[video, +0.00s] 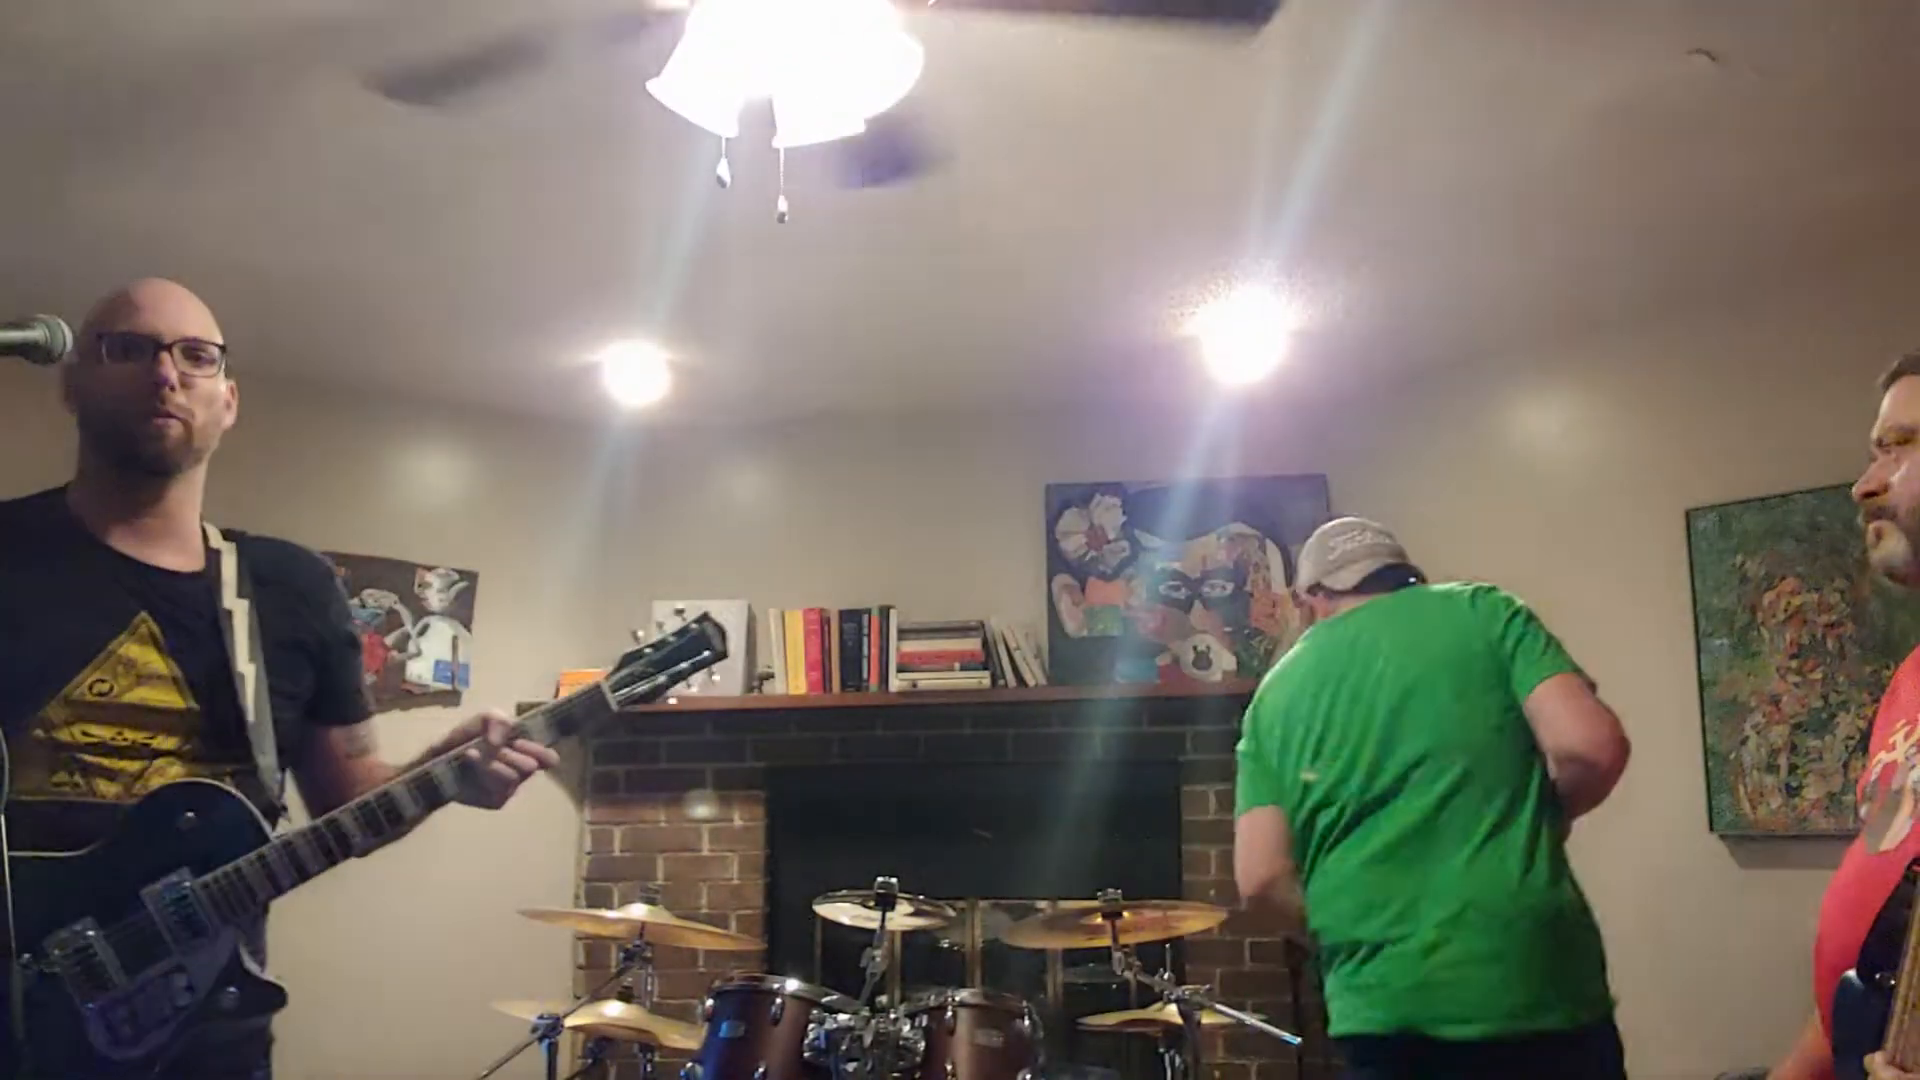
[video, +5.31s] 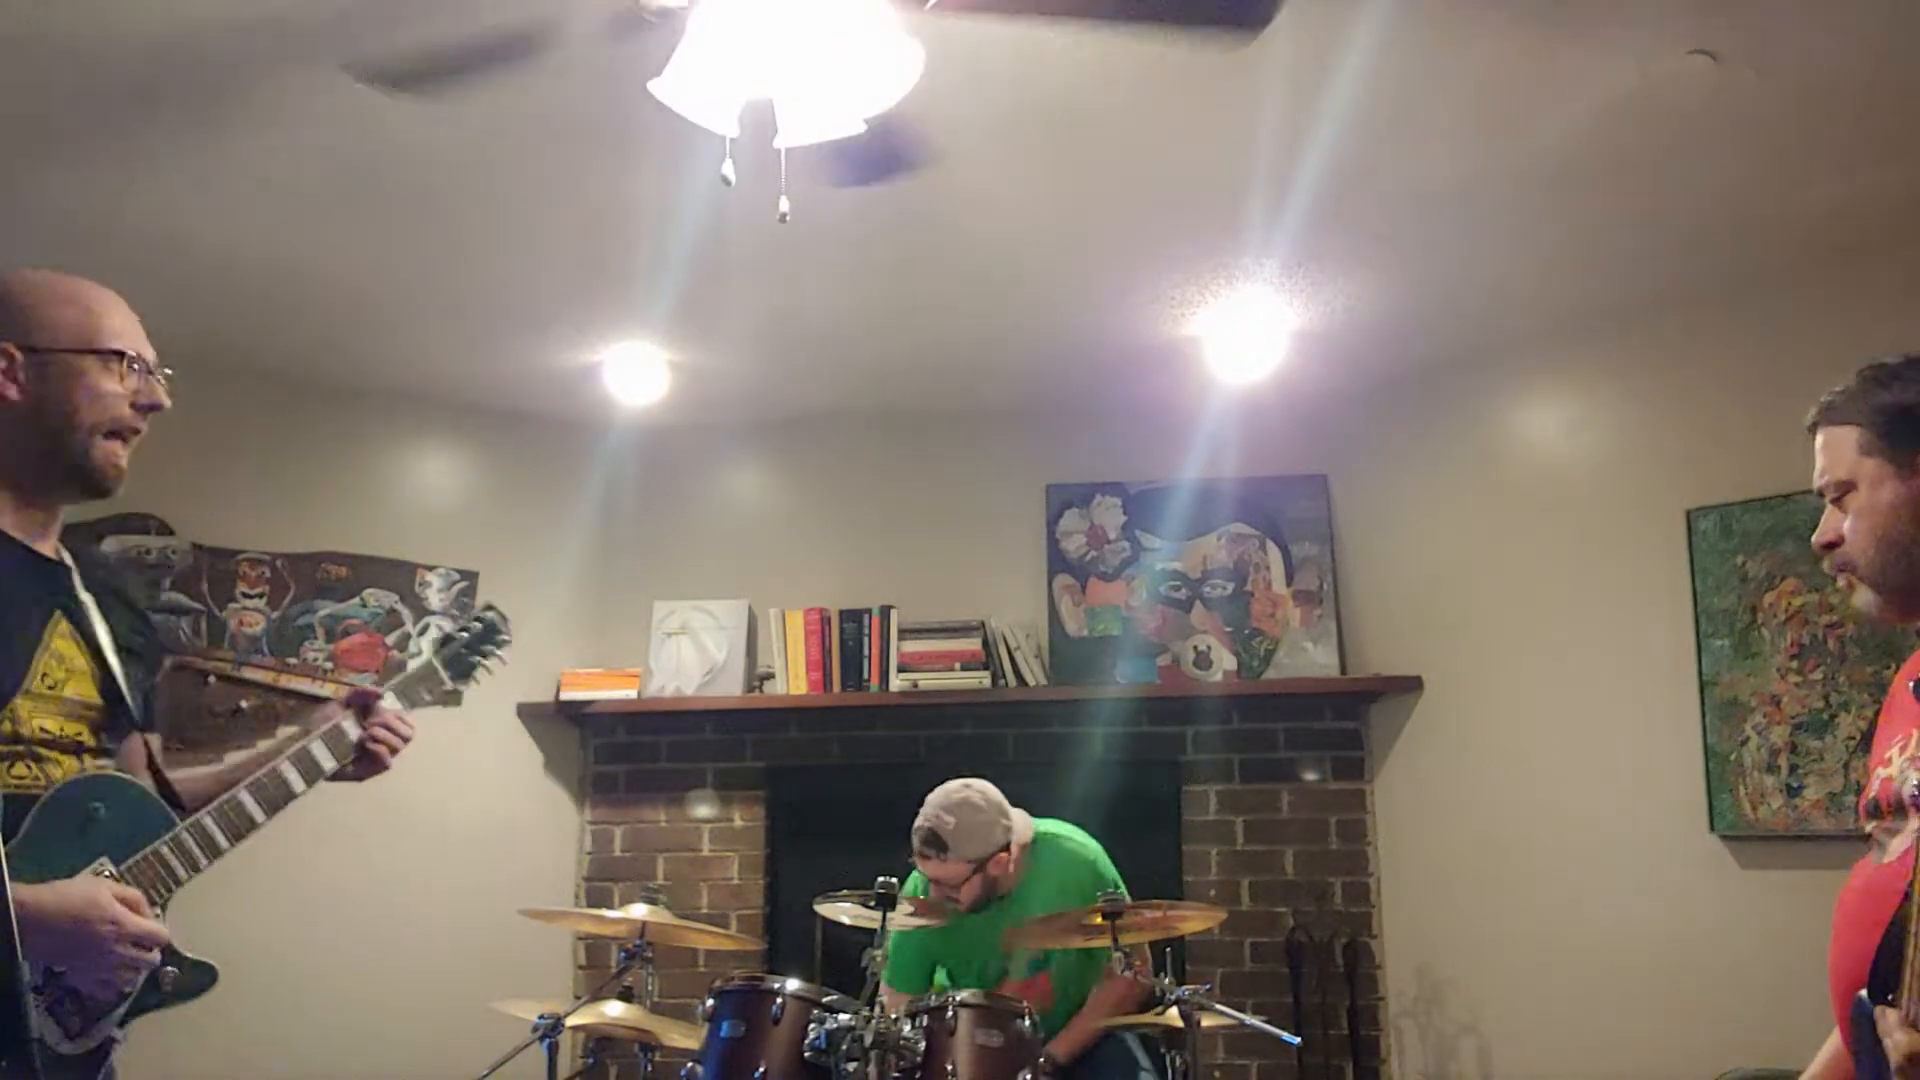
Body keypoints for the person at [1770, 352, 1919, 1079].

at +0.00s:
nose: (1865, 482)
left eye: (1897, 445)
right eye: (1875, 451)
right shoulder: (1906, 682)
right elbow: (1876, 908)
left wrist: (1803, 1059)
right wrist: (1801, 1061)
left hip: (1898, 1054)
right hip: (1854, 1046)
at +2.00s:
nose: (1872, 459)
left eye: (1906, 430)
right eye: (1877, 433)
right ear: (1874, 447)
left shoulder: (1906, 673)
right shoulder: (1904, 675)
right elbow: (1877, 904)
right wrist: (1813, 1065)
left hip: (1901, 1052)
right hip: (1860, 1045)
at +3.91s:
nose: (1828, 531)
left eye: (1846, 492)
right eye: (1831, 500)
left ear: (1915, 475)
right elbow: (1881, 894)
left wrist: (1873, 1059)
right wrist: (1817, 1061)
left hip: (1898, 1047)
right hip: (1864, 1038)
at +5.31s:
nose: (1822, 536)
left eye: (1842, 496)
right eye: (1824, 504)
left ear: (1917, 479)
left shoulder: (1912, 681)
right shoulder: (1909, 683)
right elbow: (1897, 902)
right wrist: (1828, 1060)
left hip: (1905, 1045)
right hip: (1880, 1046)